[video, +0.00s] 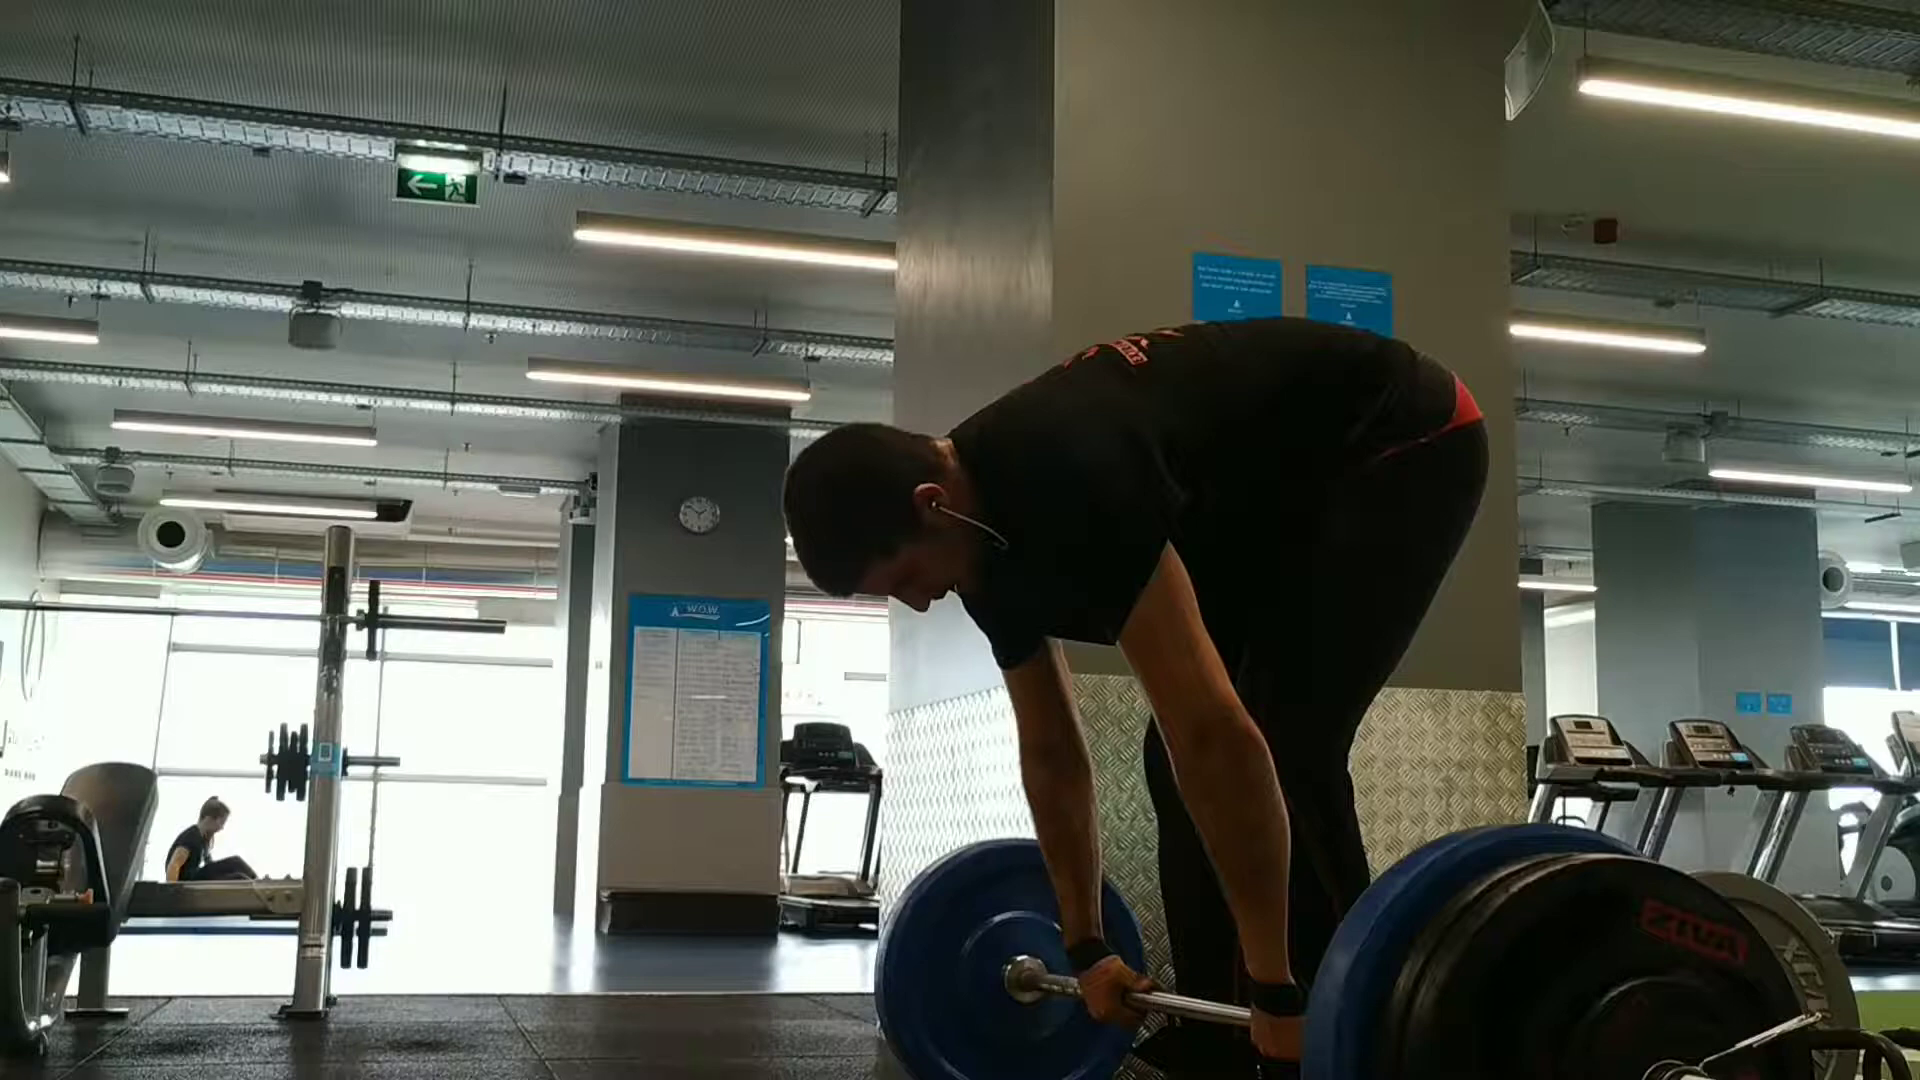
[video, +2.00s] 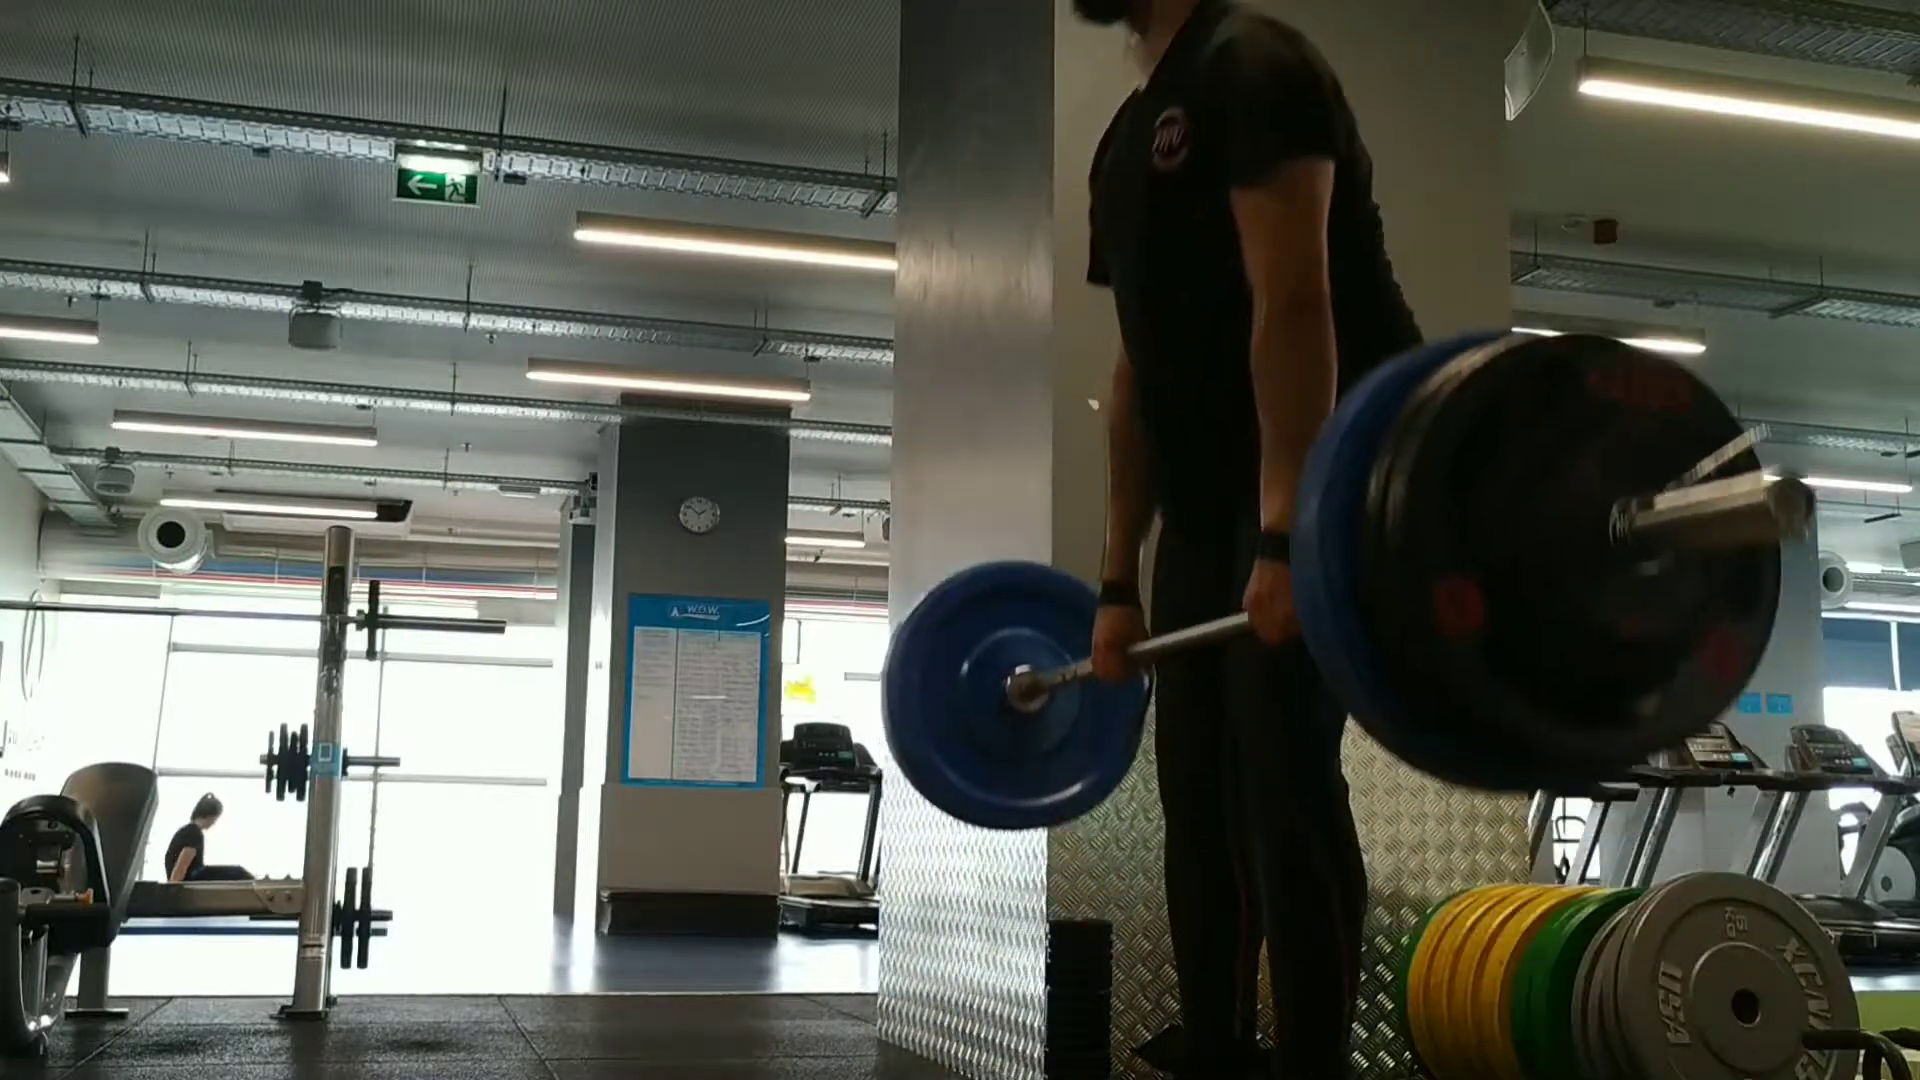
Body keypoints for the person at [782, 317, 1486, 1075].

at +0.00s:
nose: (914, 600)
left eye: (904, 579)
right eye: (891, 593)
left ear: (935, 501)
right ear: (933, 496)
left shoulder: (1070, 474)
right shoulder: (977, 545)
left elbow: (1220, 737)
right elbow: (1051, 748)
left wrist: (1276, 992)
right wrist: (1084, 945)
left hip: (1403, 444)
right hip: (1271, 488)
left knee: (1288, 744)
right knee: (1181, 749)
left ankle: (1332, 1025)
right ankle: (1210, 1033)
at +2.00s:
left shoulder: (1257, 63)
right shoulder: (1123, 139)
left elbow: (1296, 305)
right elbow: (1138, 369)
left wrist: (1284, 538)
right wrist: (1120, 579)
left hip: (1300, 505)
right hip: (1199, 514)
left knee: (1285, 788)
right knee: (1195, 785)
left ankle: (1313, 1057)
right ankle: (1213, 1050)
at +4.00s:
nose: (905, 283)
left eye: (923, 249)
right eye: (901, 256)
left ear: (1006, 238)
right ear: (998, 249)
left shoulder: (1152, 329)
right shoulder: (1049, 418)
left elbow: (1259, 594)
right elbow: (1108, 626)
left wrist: (1277, 854)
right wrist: (1114, 840)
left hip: (1451, 487)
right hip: (1313, 527)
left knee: (1282, 761)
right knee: (1175, 763)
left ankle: (1310, 1040)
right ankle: (1210, 1039)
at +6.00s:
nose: (993, 69)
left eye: (1013, 38)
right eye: (990, 44)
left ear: (1093, 34)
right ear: (1075, 49)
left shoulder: (1207, 163)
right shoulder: (1090, 241)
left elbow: (1280, 421)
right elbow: (1123, 468)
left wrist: (1283, 661)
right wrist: (1118, 670)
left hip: (1405, 493)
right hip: (1279, 508)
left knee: (1316, 758)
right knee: (1201, 755)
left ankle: (1317, 1058)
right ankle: (1212, 1047)